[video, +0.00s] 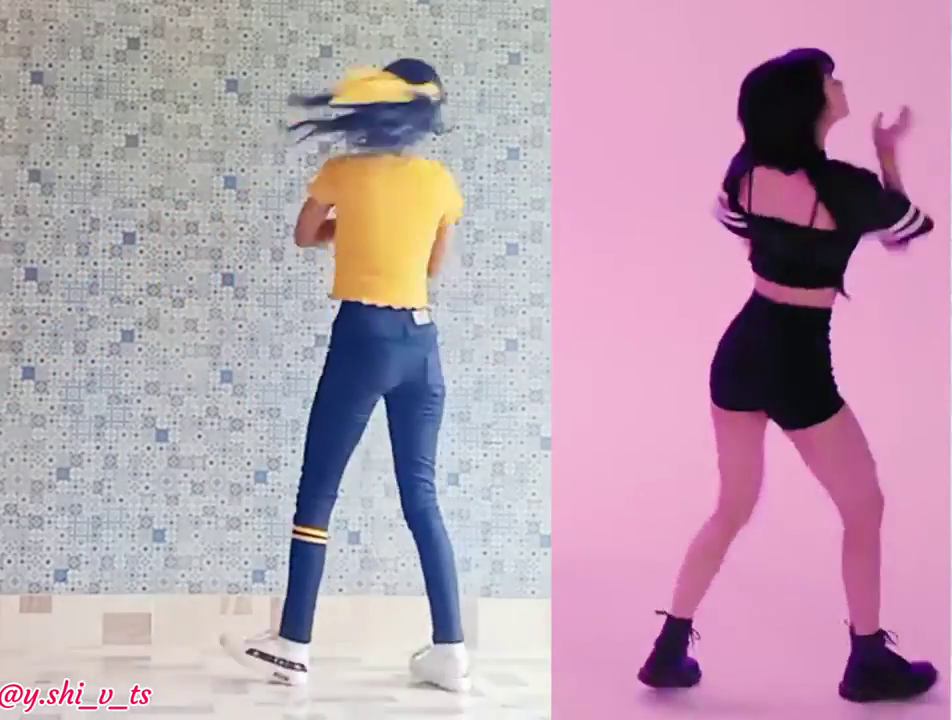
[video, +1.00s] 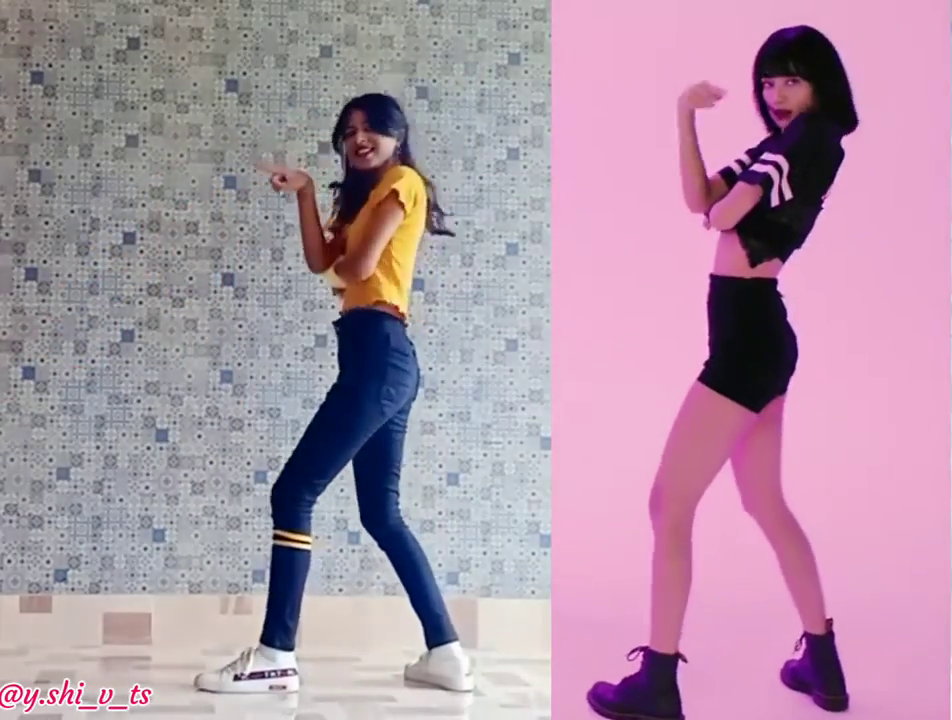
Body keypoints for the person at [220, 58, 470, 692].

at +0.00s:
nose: (348, 127)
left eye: (354, 118)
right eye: (352, 118)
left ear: (367, 119)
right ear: (418, 120)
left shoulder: (346, 169)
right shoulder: (441, 180)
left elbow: (307, 234)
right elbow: (434, 267)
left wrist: (366, 220)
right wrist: (377, 229)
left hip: (361, 346)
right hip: (421, 349)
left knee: (316, 495)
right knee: (422, 500)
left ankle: (292, 646)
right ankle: (450, 651)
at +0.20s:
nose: (392, 126)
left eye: (403, 115)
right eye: (391, 118)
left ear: (436, 123)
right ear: (426, 129)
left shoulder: (418, 174)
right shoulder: (428, 185)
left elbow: (342, 236)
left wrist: (344, 266)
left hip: (384, 348)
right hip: (406, 353)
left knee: (320, 493)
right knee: (398, 508)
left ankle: (280, 655)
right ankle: (447, 651)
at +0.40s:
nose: (399, 127)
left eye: (413, 118)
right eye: (393, 120)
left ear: (440, 130)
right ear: (389, 131)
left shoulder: (426, 173)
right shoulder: (407, 180)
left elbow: (384, 258)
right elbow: (331, 223)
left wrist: (338, 260)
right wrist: (322, 157)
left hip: (381, 344)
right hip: (401, 347)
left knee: (313, 493)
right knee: (395, 508)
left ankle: (278, 652)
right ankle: (447, 650)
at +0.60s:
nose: (407, 129)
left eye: (421, 119)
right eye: (400, 121)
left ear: (447, 130)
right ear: (393, 131)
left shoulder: (426, 192)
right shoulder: (391, 189)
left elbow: (363, 270)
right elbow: (324, 233)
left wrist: (336, 248)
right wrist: (318, 167)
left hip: (370, 346)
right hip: (388, 349)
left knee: (314, 496)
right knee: (398, 508)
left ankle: (279, 656)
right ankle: (448, 651)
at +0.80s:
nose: (393, 130)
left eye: (406, 120)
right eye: (385, 120)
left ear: (431, 129)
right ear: (376, 126)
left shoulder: (414, 190)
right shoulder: (367, 178)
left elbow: (351, 271)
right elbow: (314, 239)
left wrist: (332, 238)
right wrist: (302, 173)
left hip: (367, 349)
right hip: (383, 351)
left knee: (307, 496)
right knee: (393, 509)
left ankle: (279, 656)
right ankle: (447, 651)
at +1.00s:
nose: (359, 140)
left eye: (371, 129)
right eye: (350, 134)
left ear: (397, 136)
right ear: (345, 146)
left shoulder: (401, 182)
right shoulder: (367, 193)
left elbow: (360, 270)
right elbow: (318, 258)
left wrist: (339, 254)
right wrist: (306, 192)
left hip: (376, 357)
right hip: (385, 359)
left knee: (293, 493)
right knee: (383, 516)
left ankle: (274, 656)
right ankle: (446, 652)